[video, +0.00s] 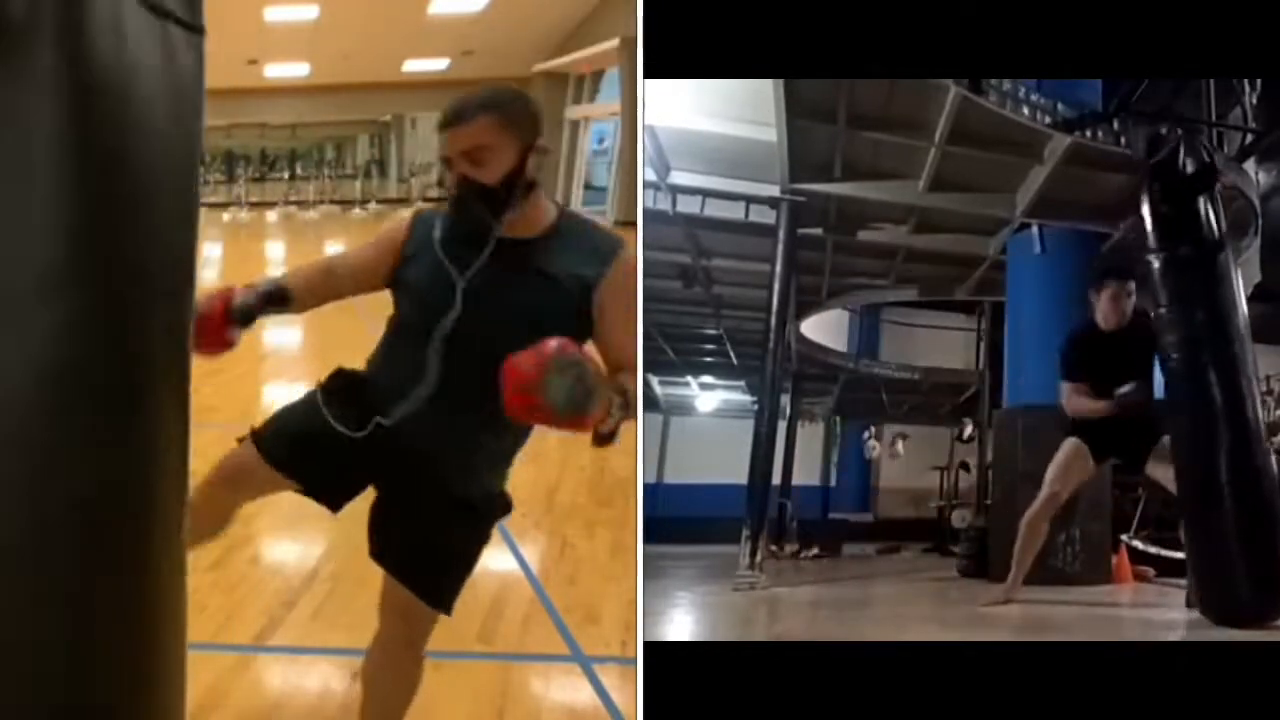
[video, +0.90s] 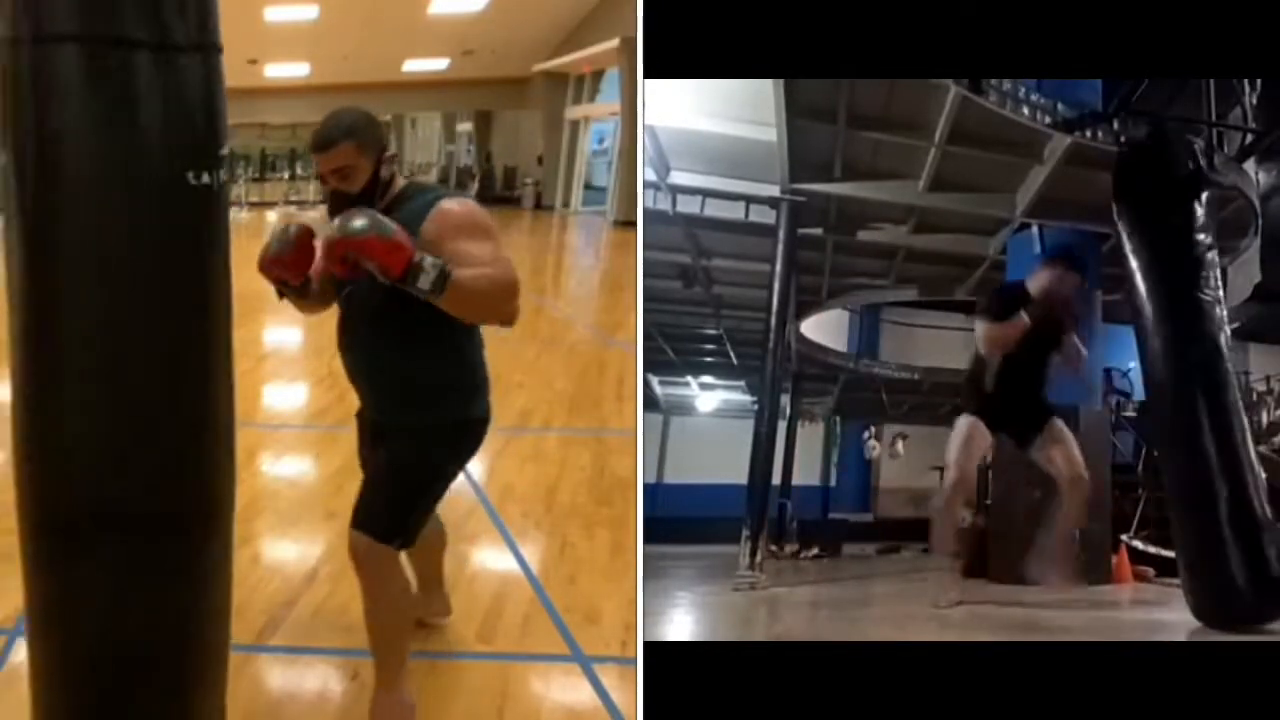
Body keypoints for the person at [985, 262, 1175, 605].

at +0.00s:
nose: (1121, 304)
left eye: (1127, 296)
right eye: (1114, 296)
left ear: (1136, 299)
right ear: (1095, 298)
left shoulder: (1145, 332)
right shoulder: (1079, 340)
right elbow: (1071, 403)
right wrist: (1113, 405)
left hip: (1140, 426)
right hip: (1094, 429)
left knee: (1196, 488)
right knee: (1050, 495)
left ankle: (1211, 581)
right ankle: (1011, 585)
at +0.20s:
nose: (1146, 272)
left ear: (1151, 273)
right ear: (1124, 267)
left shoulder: (1157, 301)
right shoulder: (1110, 293)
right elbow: (1090, 317)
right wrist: (1130, 292)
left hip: (1139, 404)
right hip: (1098, 401)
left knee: (1174, 483)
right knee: (1064, 484)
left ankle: (1177, 580)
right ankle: (1006, 560)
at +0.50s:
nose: (1166, 282)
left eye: (1168, 274)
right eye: (1159, 273)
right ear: (1141, 274)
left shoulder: (1155, 319)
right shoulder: (1113, 304)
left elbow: (1171, 363)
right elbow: (1110, 354)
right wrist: (1157, 353)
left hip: (1118, 419)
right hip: (1073, 414)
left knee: (1164, 485)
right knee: (1030, 486)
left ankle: (1173, 585)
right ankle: (975, 573)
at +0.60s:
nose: (1134, 345)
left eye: (1139, 341)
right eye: (1129, 338)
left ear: (1146, 341)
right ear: (1115, 330)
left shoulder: (1144, 361)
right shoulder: (1078, 340)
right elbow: (1047, 389)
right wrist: (1095, 391)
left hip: (1109, 442)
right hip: (1058, 439)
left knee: (1165, 486)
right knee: (1006, 499)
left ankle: (1174, 586)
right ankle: (965, 584)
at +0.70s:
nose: (1117, 350)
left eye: (1124, 345)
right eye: (1114, 342)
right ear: (1101, 330)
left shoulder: (1125, 359)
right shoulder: (1060, 343)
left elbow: (1133, 411)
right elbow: (1032, 395)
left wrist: (1130, 404)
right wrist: (1078, 376)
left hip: (1095, 443)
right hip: (1045, 440)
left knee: (1156, 492)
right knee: (996, 497)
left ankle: (1173, 586)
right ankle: (963, 585)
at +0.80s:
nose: (1078, 305)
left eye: (1085, 299)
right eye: (1075, 296)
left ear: (1089, 301)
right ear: (1059, 288)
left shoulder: (1075, 329)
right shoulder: (1015, 314)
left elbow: (1089, 383)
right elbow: (1004, 365)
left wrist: (1078, 344)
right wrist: (1045, 330)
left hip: (1053, 422)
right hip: (1002, 421)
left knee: (1091, 490)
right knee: (970, 490)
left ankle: (1121, 574)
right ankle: (959, 578)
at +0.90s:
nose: (1061, 289)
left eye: (1069, 285)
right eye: (1059, 278)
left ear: (1070, 289)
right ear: (1043, 271)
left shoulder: (1055, 317)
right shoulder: (1003, 298)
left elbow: (1077, 365)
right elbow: (989, 343)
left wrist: (1064, 324)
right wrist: (1030, 314)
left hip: (1032, 413)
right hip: (984, 410)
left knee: (1077, 479)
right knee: (957, 477)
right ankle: (949, 574)